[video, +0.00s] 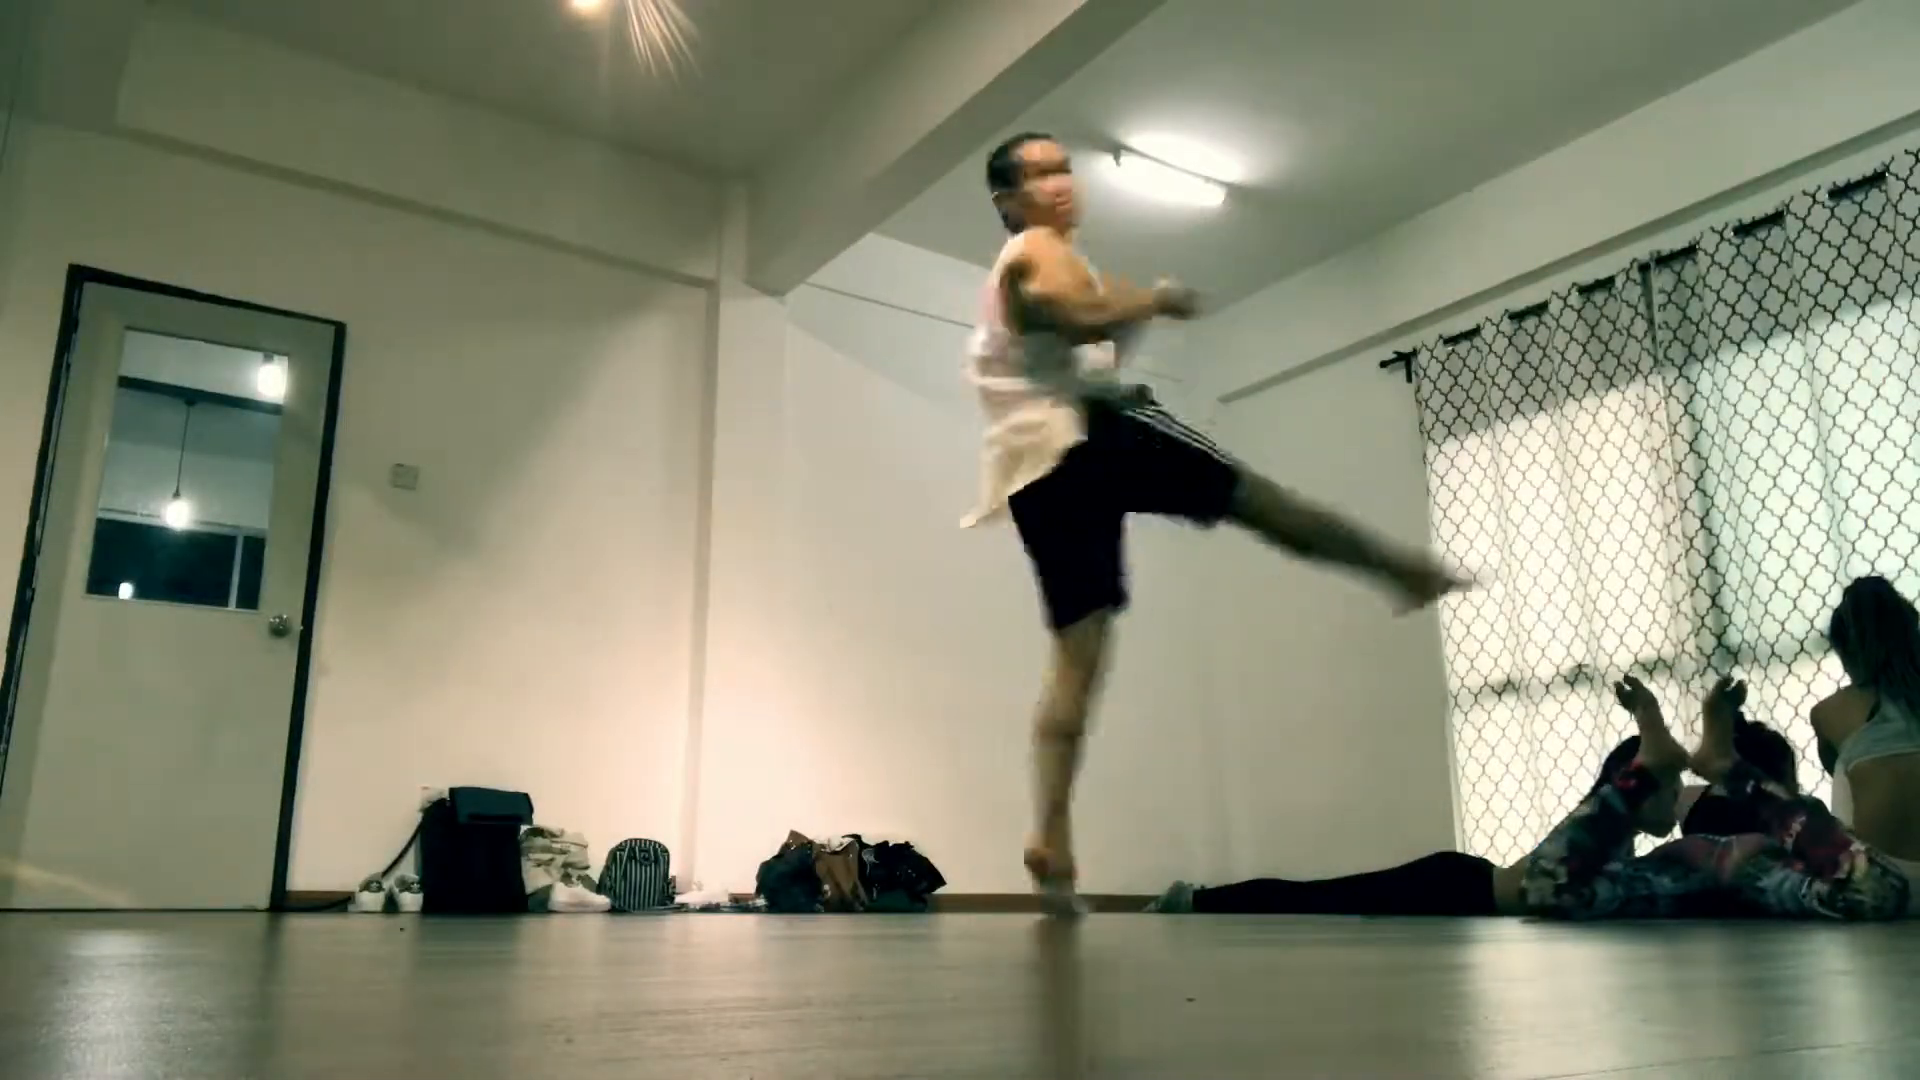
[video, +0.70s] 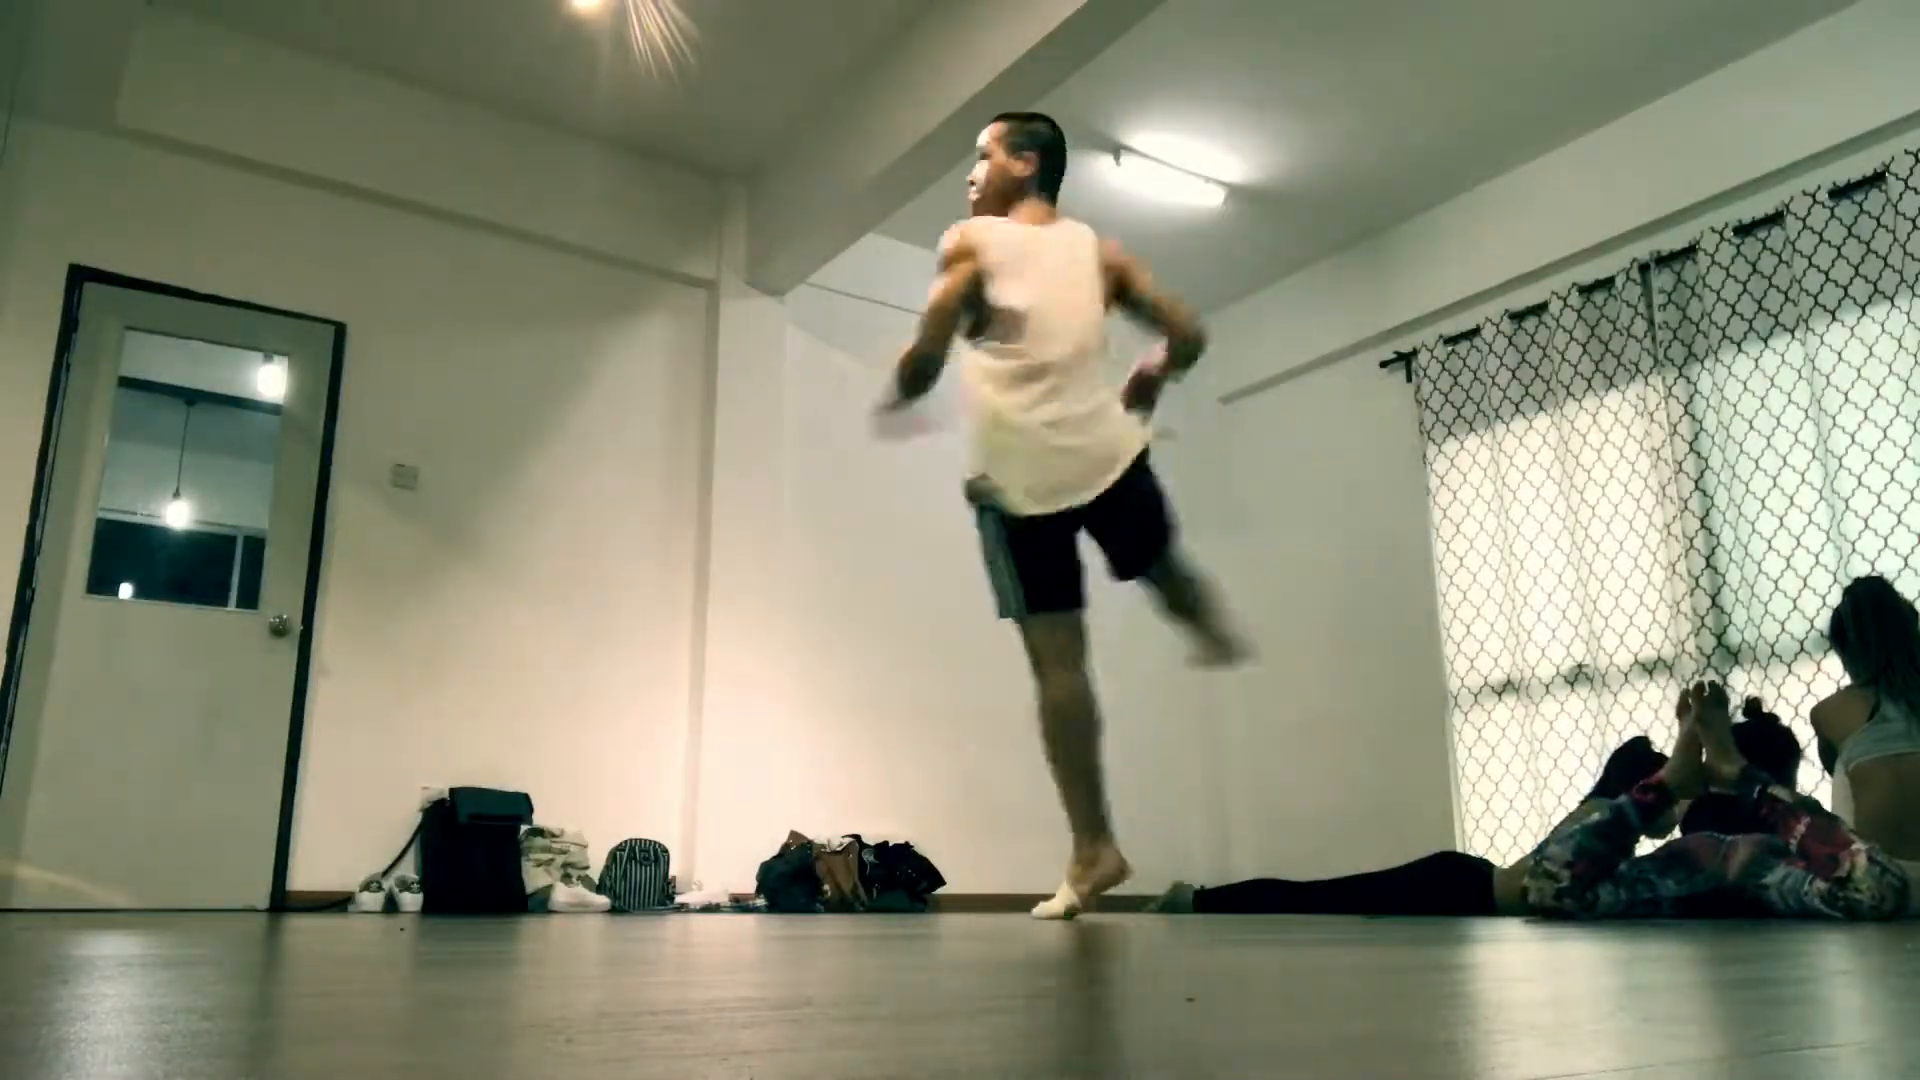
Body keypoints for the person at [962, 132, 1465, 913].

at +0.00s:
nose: (1066, 184)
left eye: (1065, 170)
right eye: (1047, 175)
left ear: (1061, 180)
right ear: (1010, 197)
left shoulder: (1013, 271)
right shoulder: (1036, 247)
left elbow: (1041, 358)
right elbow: (1058, 301)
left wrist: (1111, 329)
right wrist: (1150, 300)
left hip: (1035, 477)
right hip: (1085, 444)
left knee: (1078, 654)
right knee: (1255, 499)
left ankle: (1050, 839)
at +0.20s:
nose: (1038, 270)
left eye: (1051, 254)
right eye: (1030, 262)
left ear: (1097, 258)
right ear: (1031, 279)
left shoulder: (1166, 333)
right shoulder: (1027, 354)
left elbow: (1269, 370)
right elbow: (959, 398)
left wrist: (1354, 402)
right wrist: (889, 395)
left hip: (1147, 535)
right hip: (1064, 536)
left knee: (1168, 704)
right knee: (1060, 495)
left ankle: (1150, 885)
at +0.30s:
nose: (1035, 243)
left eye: (1047, 225)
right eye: (1028, 235)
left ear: (1093, 225)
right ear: (1034, 253)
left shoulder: (1166, 286)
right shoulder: (1042, 342)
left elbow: (1294, 273)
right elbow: (935, 394)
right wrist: (825, 407)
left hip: (1160, 521)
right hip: (1084, 502)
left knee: (1156, 710)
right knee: (990, 482)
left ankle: (1149, 886)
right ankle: (833, 492)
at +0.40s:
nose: (1016, 196)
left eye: (1028, 178)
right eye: (1011, 185)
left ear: (1077, 178)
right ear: (1027, 201)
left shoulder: (1138, 232)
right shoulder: (1043, 303)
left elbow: (1251, 205)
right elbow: (972, 394)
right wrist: (883, 446)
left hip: (1152, 474)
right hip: (1077, 459)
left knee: (1120, 654)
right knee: (937, 514)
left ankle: (1162, 854)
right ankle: (765, 554)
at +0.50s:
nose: (1001, 183)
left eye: (1017, 167)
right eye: (997, 174)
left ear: (1065, 173)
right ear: (1011, 194)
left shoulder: (1093, 224)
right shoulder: (1034, 287)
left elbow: (1157, 222)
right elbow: (1037, 406)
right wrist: (958, 470)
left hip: (1128, 458)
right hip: (1076, 460)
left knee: (1102, 659)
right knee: (982, 543)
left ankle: (1100, 852)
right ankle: (873, 609)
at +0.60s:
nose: (990, 182)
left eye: (1006, 167)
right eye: (989, 171)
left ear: (1055, 179)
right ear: (1051, 190)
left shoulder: (1037, 229)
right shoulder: (1076, 250)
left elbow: (1018, 294)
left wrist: (885, 318)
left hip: (1076, 471)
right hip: (1120, 468)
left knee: (1093, 668)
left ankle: (1108, 863)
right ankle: (1064, 624)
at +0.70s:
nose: (970, 172)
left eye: (983, 156)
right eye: (975, 156)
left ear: (1026, 166)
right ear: (1038, 172)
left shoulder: (971, 240)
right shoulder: (1095, 247)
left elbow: (927, 351)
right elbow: (1189, 335)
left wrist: (899, 395)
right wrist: (1156, 377)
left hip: (1017, 477)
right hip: (1108, 454)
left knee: (1059, 670)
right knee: (1165, 572)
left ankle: (1094, 849)